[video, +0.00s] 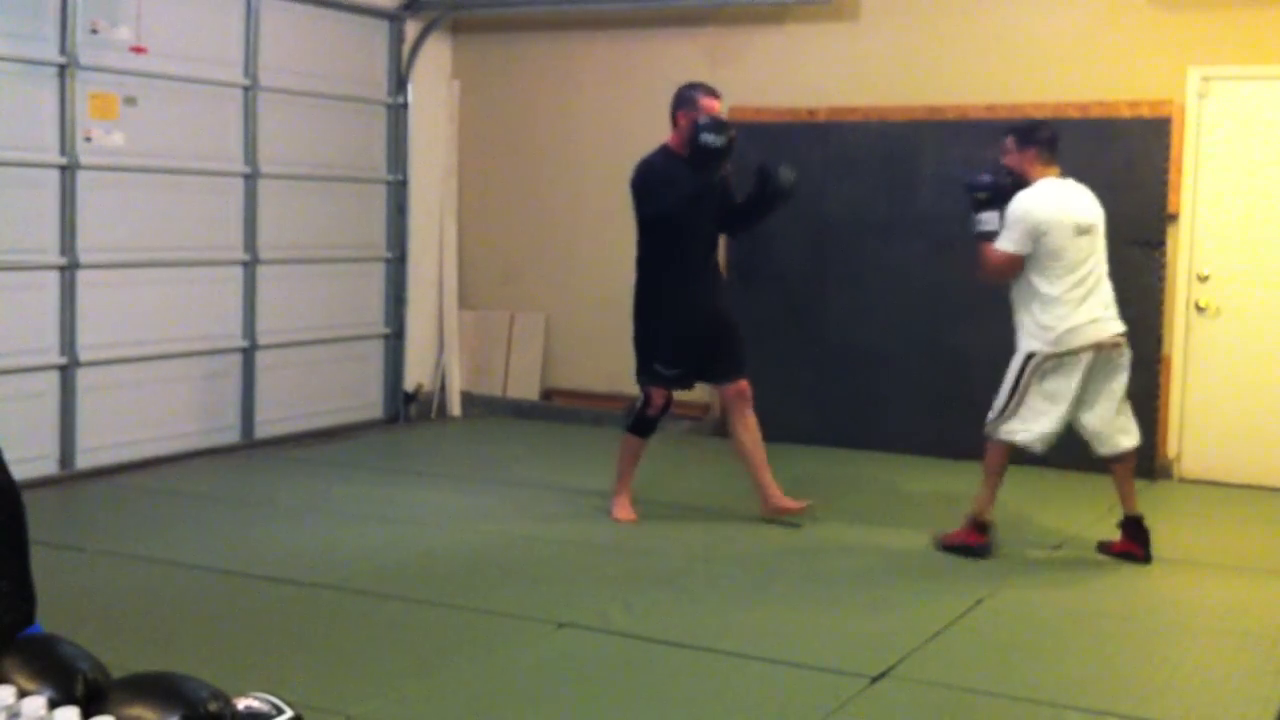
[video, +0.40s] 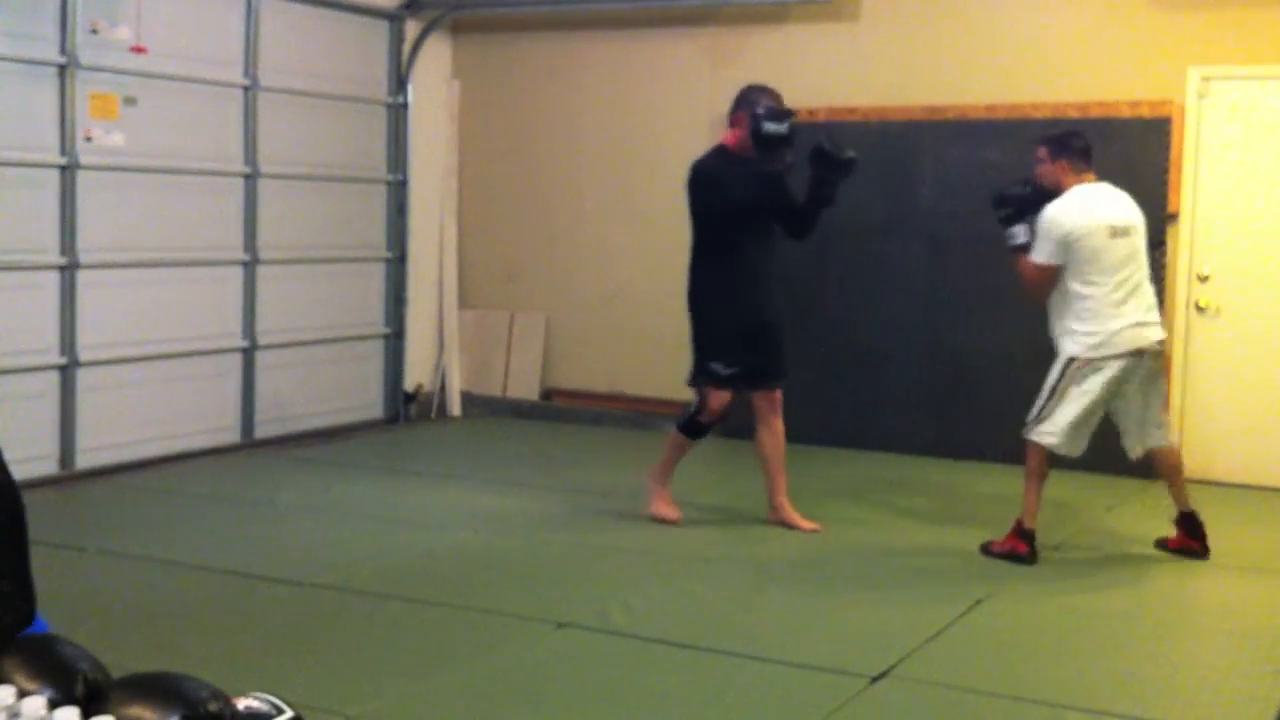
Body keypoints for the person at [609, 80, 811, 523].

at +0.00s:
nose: (715, 129)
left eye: (719, 121)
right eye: (707, 120)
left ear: (718, 123)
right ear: (680, 118)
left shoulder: (710, 168)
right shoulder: (654, 171)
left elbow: (730, 222)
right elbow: (673, 222)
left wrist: (768, 195)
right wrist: (706, 162)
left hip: (706, 298)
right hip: (661, 300)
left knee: (738, 392)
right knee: (656, 399)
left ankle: (771, 496)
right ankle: (621, 494)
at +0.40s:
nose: (773, 134)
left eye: (777, 126)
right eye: (765, 124)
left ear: (777, 125)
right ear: (740, 121)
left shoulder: (765, 170)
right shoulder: (709, 170)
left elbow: (798, 227)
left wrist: (823, 183)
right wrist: (768, 164)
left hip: (760, 299)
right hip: (716, 300)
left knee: (769, 399)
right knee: (716, 400)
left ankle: (779, 503)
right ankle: (659, 482)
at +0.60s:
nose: (784, 137)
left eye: (789, 128)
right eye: (777, 127)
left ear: (786, 127)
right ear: (754, 121)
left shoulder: (770, 169)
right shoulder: (724, 170)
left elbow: (794, 225)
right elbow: (778, 221)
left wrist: (837, 197)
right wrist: (787, 167)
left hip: (761, 297)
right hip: (724, 298)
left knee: (794, 389)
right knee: (726, 398)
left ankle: (785, 502)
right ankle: (679, 498)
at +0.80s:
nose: (806, 136)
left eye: (811, 128)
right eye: (799, 126)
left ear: (810, 127)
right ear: (773, 122)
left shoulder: (786, 170)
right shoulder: (740, 171)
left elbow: (799, 224)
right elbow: (777, 223)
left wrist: (845, 213)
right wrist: (801, 169)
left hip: (779, 301)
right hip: (740, 302)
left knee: (812, 394)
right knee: (734, 402)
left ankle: (812, 503)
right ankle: (680, 496)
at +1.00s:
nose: (809, 134)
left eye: (812, 125)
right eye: (801, 124)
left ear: (811, 125)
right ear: (774, 123)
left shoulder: (804, 169)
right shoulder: (752, 174)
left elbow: (826, 221)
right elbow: (786, 221)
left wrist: (877, 220)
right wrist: (818, 168)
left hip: (796, 298)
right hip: (754, 299)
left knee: (825, 392)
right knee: (748, 396)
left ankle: (814, 502)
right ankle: (682, 481)